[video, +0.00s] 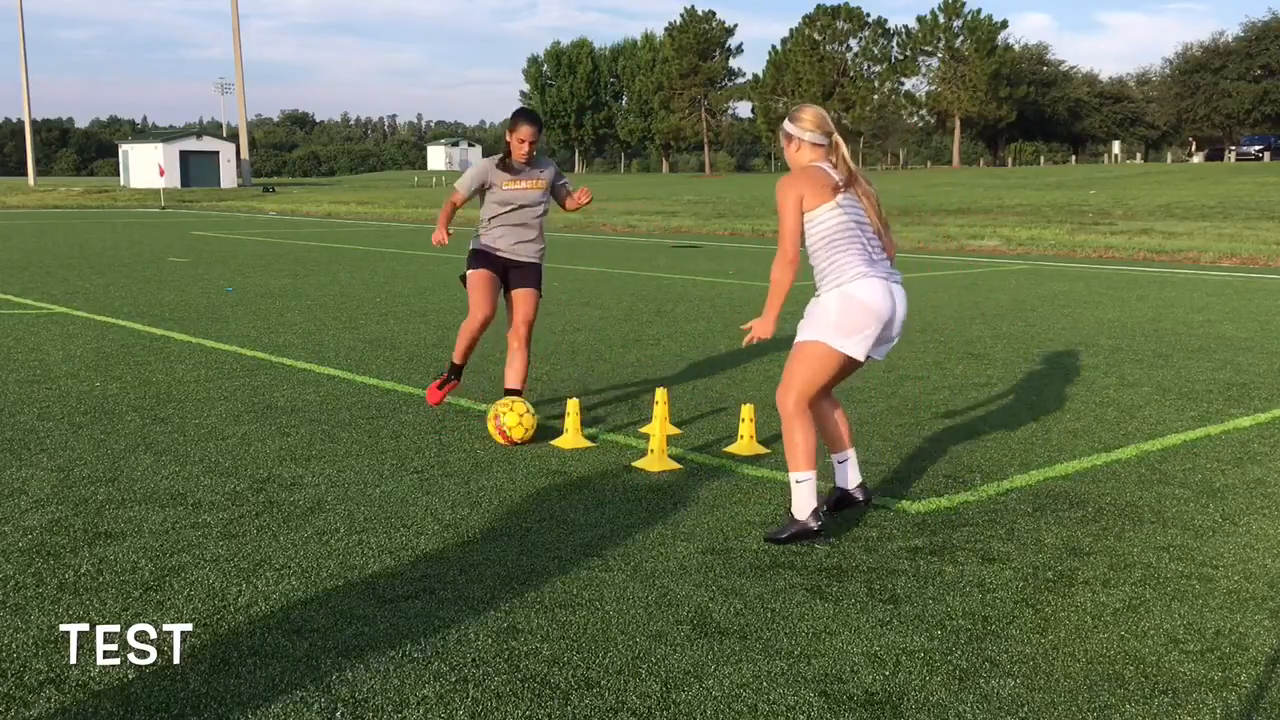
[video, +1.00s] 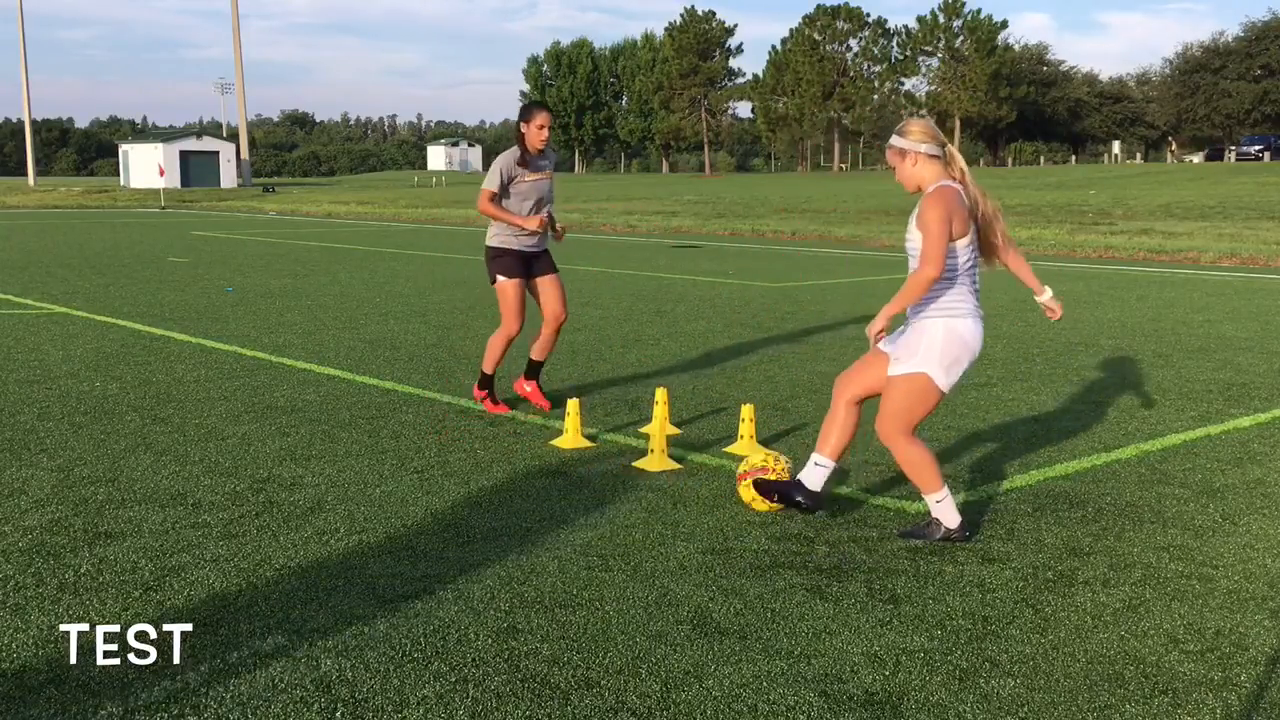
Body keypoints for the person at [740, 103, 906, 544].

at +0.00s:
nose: (784, 153)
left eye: (785, 145)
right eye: (784, 146)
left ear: (797, 143)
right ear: (826, 143)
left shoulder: (795, 181)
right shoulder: (854, 181)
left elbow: (788, 258)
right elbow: (886, 247)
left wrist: (768, 316)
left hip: (850, 296)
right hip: (887, 294)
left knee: (791, 396)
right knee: (818, 391)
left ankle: (805, 514)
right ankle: (851, 486)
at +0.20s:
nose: (796, 169)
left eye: (797, 160)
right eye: (795, 160)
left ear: (811, 156)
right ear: (839, 157)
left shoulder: (814, 195)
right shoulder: (864, 197)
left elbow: (803, 269)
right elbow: (885, 267)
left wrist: (771, 299)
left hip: (851, 320)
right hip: (886, 319)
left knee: (822, 435)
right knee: (834, 433)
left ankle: (849, 554)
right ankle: (869, 525)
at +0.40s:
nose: (813, 152)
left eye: (815, 143)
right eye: (813, 144)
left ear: (829, 140)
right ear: (857, 140)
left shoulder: (844, 172)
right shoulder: (887, 182)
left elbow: (814, 227)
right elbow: (925, 245)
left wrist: (765, 244)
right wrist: (935, 303)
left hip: (880, 307)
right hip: (902, 303)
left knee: (817, 408)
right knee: (818, 400)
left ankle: (864, 524)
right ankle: (855, 507)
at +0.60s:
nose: (849, 146)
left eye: (853, 137)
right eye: (849, 138)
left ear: (871, 136)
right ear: (888, 138)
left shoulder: (892, 165)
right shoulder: (901, 178)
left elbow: (819, 163)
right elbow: (917, 261)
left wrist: (818, 158)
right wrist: (868, 288)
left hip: (903, 319)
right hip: (890, 316)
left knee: (851, 423)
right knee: (840, 413)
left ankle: (882, 546)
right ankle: (872, 519)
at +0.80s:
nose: (879, 152)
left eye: (882, 143)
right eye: (879, 143)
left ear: (900, 138)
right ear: (919, 138)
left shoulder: (920, 157)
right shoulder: (941, 175)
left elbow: (906, 169)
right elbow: (981, 230)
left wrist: (869, 186)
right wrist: (1029, 257)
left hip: (924, 311)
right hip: (895, 311)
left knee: (896, 424)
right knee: (832, 392)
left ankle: (950, 523)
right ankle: (859, 503)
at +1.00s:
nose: (895, 177)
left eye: (895, 167)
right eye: (893, 168)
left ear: (915, 158)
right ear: (926, 157)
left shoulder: (937, 199)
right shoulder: (959, 195)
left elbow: (930, 271)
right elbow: (1003, 248)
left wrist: (887, 312)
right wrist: (1040, 290)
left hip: (946, 328)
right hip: (934, 326)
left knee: (893, 428)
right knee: (848, 386)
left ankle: (949, 521)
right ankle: (809, 486)